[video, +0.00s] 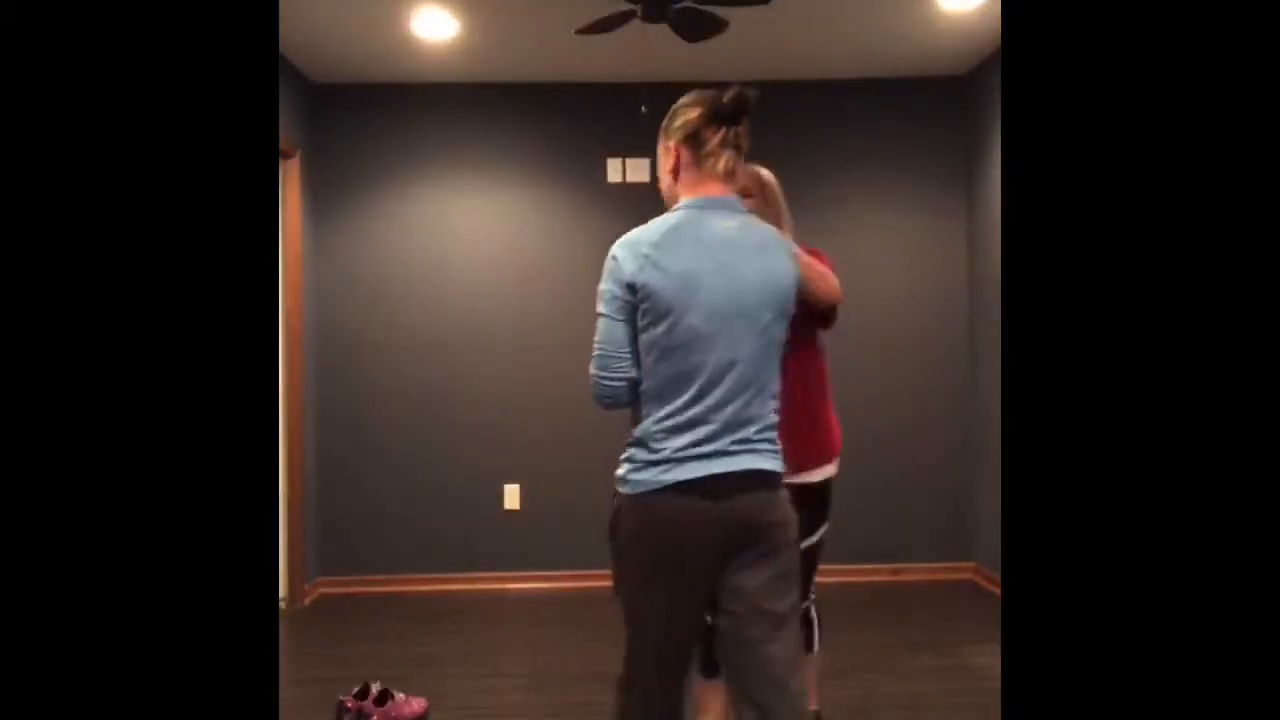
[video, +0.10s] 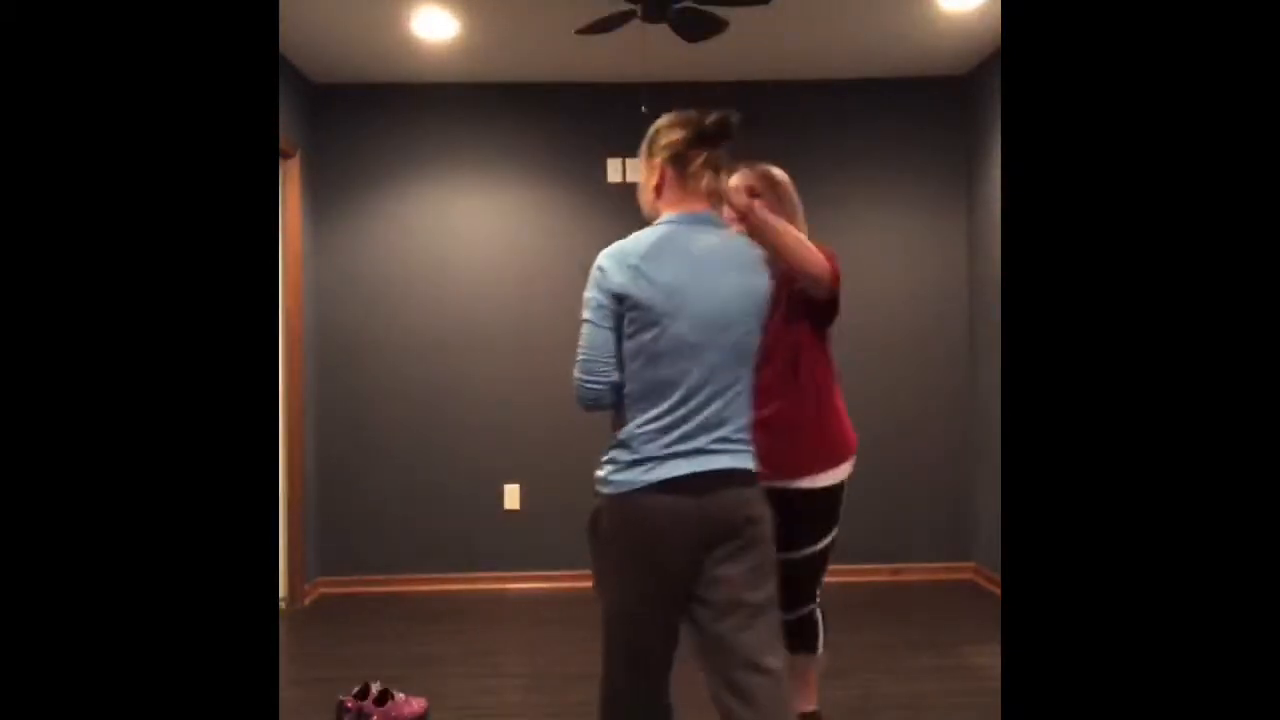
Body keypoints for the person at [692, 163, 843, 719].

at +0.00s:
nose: (737, 217)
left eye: (747, 204)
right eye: (728, 205)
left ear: (770, 210)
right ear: (714, 215)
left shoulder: (800, 263)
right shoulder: (702, 276)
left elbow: (827, 298)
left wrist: (765, 243)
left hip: (798, 467)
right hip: (725, 468)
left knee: (794, 604)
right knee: (717, 613)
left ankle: (805, 705)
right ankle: (713, 708)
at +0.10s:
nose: (738, 215)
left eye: (750, 203)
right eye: (730, 205)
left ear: (779, 209)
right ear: (722, 213)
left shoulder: (806, 265)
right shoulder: (724, 270)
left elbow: (819, 278)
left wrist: (750, 213)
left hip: (806, 463)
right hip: (741, 460)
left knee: (794, 601)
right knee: (745, 597)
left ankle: (803, 704)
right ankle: (747, 705)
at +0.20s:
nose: (733, 222)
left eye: (748, 211)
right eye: (728, 210)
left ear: (784, 217)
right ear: (722, 223)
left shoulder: (808, 275)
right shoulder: (730, 282)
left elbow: (793, 245)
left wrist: (736, 170)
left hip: (813, 470)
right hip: (749, 471)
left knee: (795, 614)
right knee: (764, 618)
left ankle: (806, 705)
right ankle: (803, 705)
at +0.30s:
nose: (732, 214)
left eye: (745, 203)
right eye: (727, 204)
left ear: (782, 215)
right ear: (717, 215)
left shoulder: (810, 281)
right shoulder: (710, 284)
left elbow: (772, 232)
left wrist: (717, 140)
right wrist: (652, 137)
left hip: (811, 485)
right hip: (728, 488)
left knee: (810, 643)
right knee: (768, 647)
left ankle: (828, 698)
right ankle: (799, 708)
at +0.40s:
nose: (717, 205)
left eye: (728, 193)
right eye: (714, 195)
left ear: (766, 201)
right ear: (718, 207)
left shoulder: (806, 271)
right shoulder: (714, 286)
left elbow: (738, 227)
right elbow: (708, 371)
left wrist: (682, 136)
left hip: (801, 481)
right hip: (722, 486)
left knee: (783, 636)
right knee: (765, 641)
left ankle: (840, 708)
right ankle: (800, 711)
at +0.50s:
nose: (712, 188)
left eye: (724, 176)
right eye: (712, 177)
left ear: (763, 186)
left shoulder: (795, 253)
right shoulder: (736, 264)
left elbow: (685, 237)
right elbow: (715, 364)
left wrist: (630, 150)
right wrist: (630, 355)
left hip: (791, 470)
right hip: (731, 474)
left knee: (746, 624)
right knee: (768, 626)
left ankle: (782, 712)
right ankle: (795, 710)